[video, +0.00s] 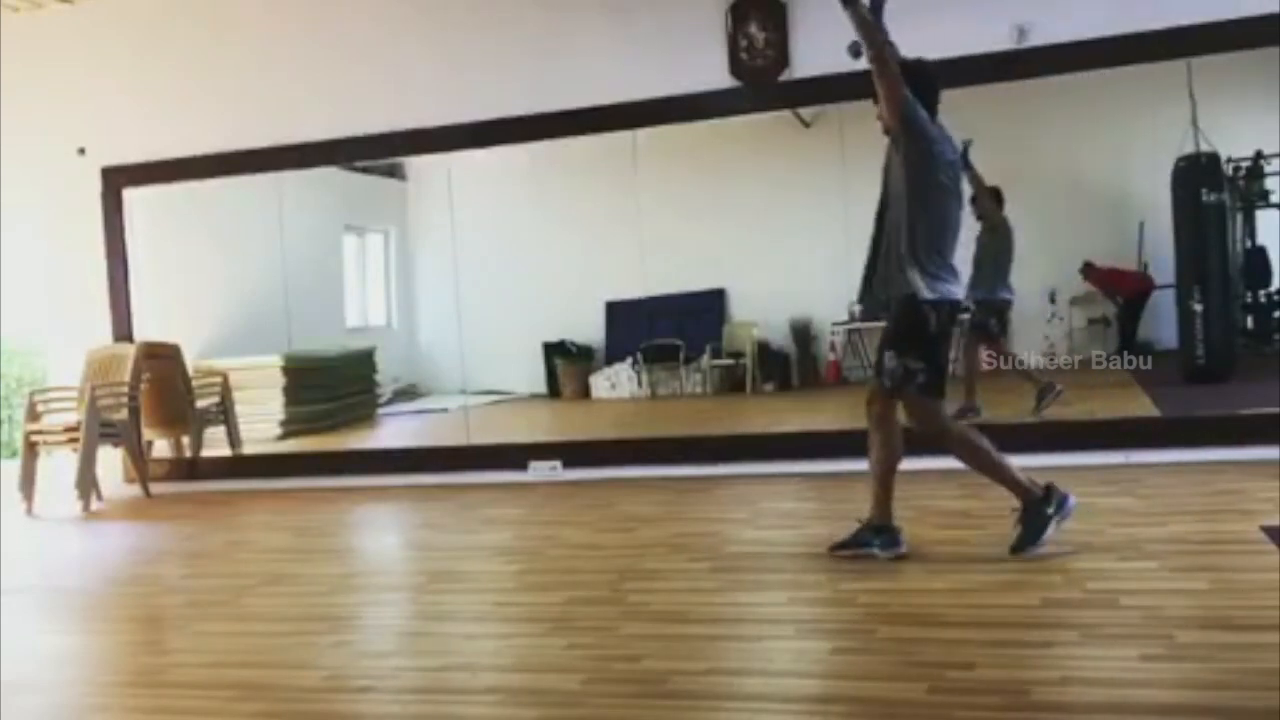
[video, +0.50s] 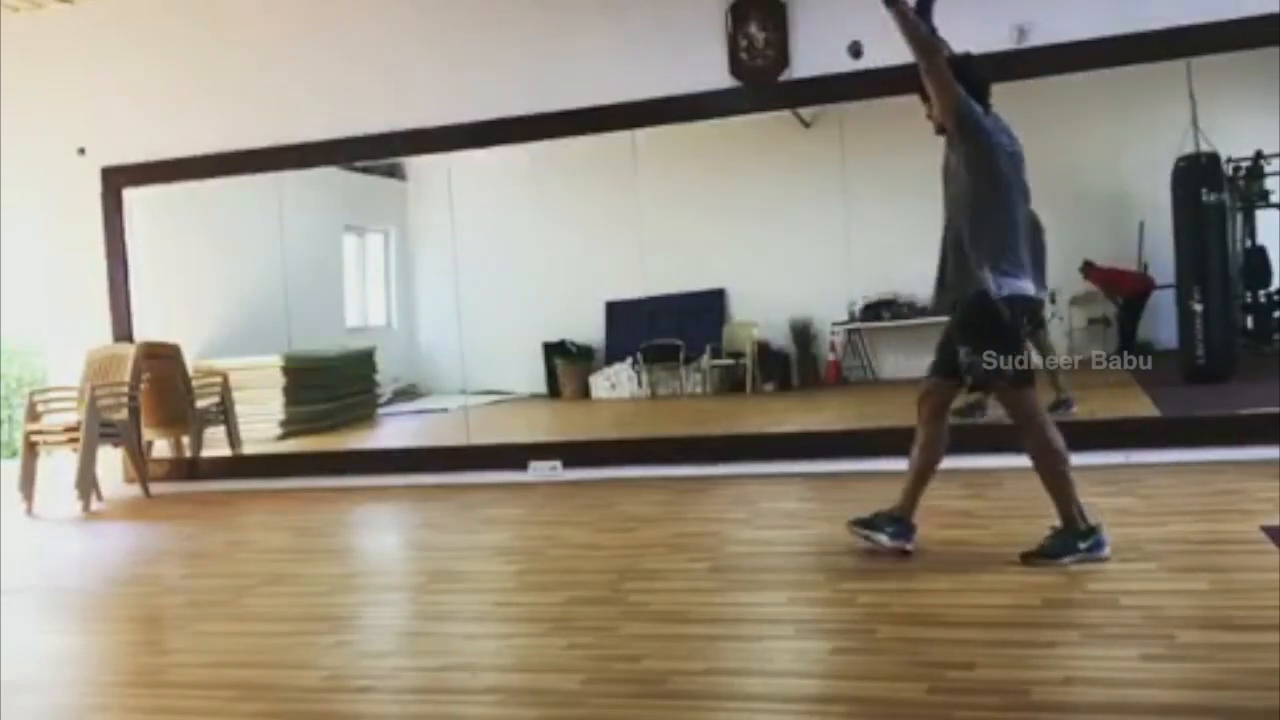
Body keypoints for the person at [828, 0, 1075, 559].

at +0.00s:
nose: (877, 112)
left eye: (881, 100)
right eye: (875, 102)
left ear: (906, 98)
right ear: (918, 103)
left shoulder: (928, 143)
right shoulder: (930, 147)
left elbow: (884, 63)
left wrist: (850, 6)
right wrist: (877, 29)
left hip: (929, 303)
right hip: (914, 302)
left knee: (926, 419)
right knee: (881, 408)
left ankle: (1035, 497)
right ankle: (880, 524)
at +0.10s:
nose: (879, 110)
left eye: (883, 98)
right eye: (877, 101)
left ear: (908, 97)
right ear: (921, 102)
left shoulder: (927, 141)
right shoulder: (935, 147)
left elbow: (885, 61)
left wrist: (855, 7)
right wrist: (877, 31)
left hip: (928, 300)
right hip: (916, 298)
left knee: (929, 417)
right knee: (883, 407)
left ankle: (1038, 501)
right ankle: (880, 524)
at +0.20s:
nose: (891, 107)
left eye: (894, 95)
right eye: (889, 97)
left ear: (917, 95)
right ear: (941, 99)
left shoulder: (932, 135)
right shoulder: (960, 151)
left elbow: (897, 59)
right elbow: (995, 206)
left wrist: (867, 6)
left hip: (934, 301)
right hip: (939, 299)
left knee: (960, 421)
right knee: (892, 410)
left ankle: (1054, 512)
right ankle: (882, 523)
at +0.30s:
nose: (898, 105)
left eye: (901, 93)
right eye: (897, 95)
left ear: (924, 93)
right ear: (947, 95)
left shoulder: (940, 136)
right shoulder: (965, 143)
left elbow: (902, 58)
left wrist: (872, 4)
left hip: (947, 300)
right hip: (946, 299)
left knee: (978, 418)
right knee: (900, 407)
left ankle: (1066, 517)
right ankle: (883, 524)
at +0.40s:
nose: (917, 113)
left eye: (920, 99)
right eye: (916, 101)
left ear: (944, 94)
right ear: (961, 93)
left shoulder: (964, 134)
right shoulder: (987, 142)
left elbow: (927, 63)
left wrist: (890, 8)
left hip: (981, 301)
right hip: (976, 300)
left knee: (1017, 416)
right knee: (927, 407)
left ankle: (1078, 526)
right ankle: (892, 519)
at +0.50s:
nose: (927, 115)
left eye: (930, 101)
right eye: (926, 103)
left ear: (953, 94)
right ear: (969, 93)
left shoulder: (977, 132)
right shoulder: (995, 142)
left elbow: (936, 61)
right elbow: (1028, 225)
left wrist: (898, 8)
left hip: (994, 296)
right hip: (984, 297)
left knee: (1027, 413)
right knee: (934, 402)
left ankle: (1079, 527)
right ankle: (902, 516)